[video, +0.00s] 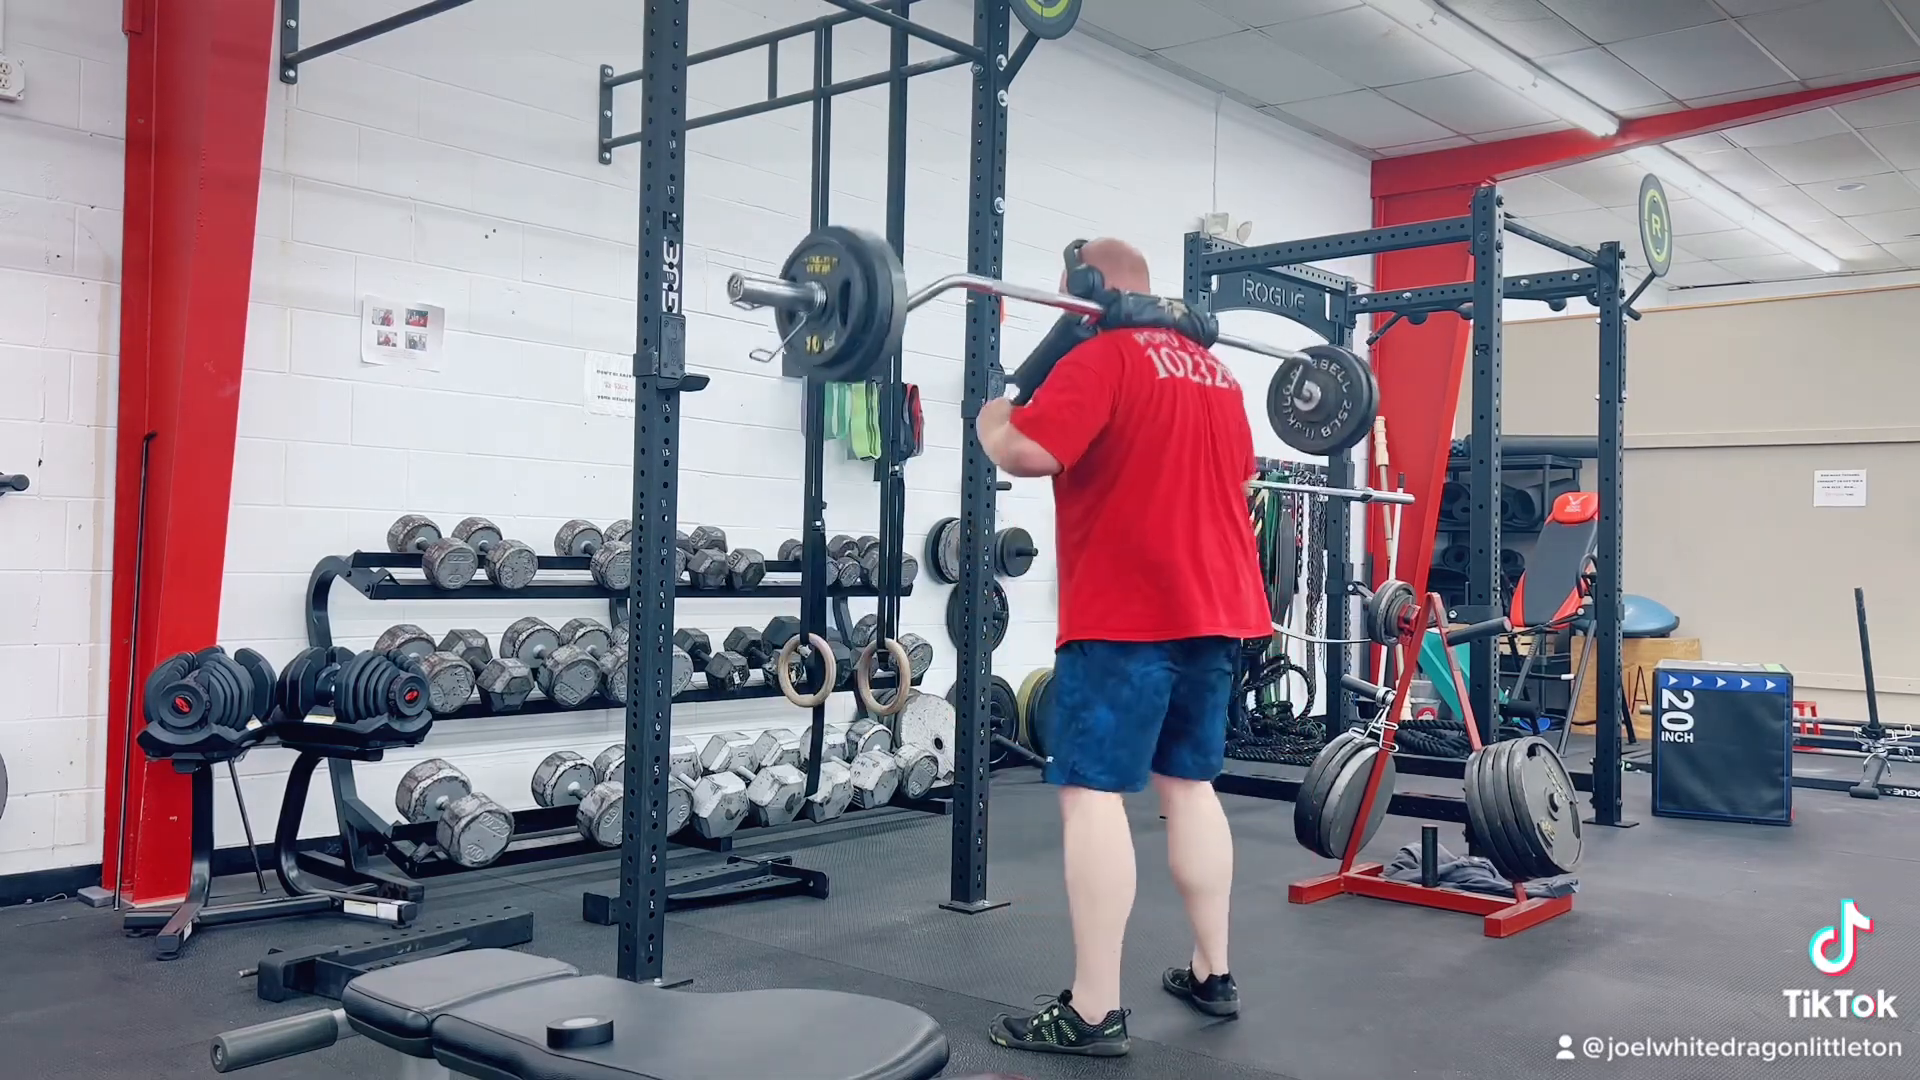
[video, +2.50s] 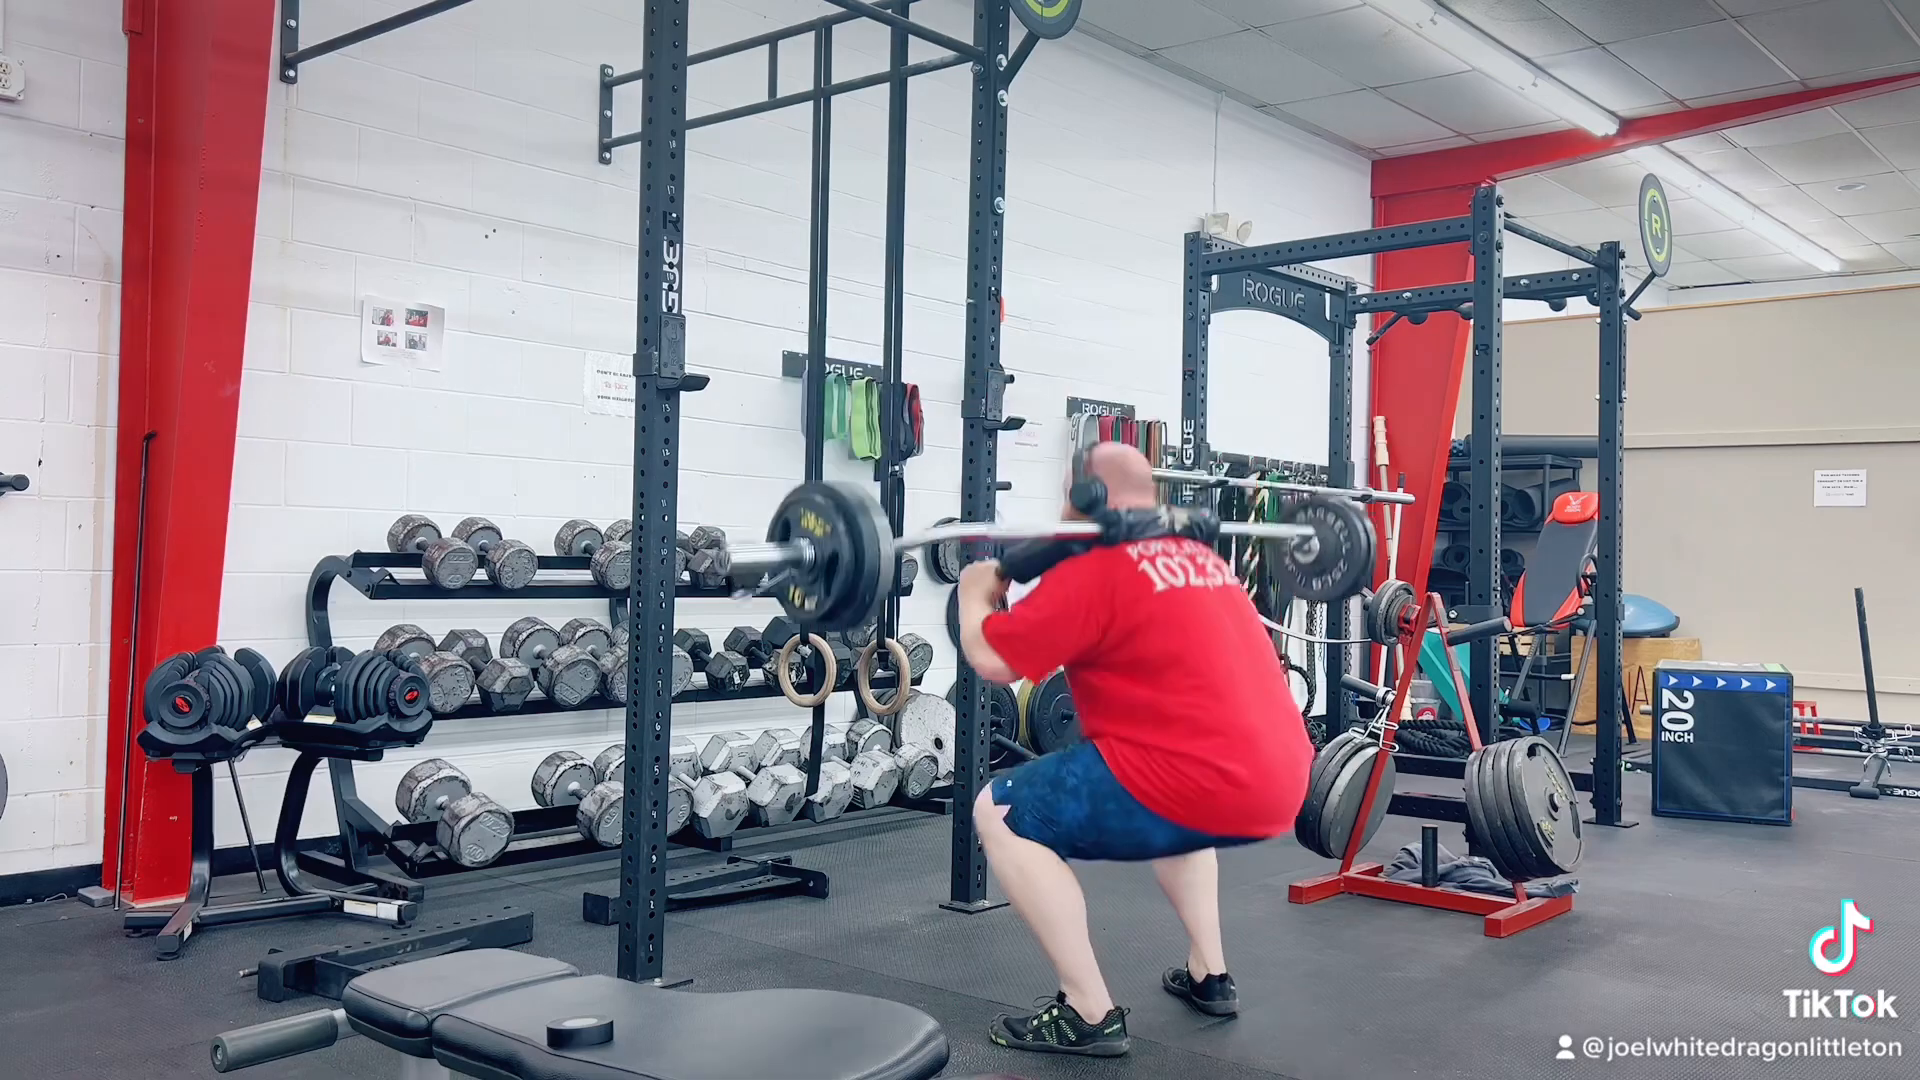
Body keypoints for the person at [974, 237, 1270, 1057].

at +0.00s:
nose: (1063, 309)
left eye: (1066, 296)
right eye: (1065, 295)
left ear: (1085, 294)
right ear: (1149, 290)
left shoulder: (1101, 357)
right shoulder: (1216, 371)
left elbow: (1029, 453)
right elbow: (1242, 479)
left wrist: (993, 421)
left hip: (1123, 607)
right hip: (1222, 606)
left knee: (1091, 790)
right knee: (1189, 783)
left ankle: (1094, 1008)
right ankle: (1214, 974)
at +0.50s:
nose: (1072, 298)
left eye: (1074, 286)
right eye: (1074, 285)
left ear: (1091, 287)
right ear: (1158, 285)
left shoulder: (1108, 358)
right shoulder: (1214, 369)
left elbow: (1060, 469)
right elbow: (1238, 480)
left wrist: (1003, 436)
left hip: (1119, 619)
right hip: (1212, 614)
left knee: (1072, 787)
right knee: (1179, 780)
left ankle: (1093, 1006)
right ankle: (1214, 973)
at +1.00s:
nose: (1048, 607)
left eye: (1049, 596)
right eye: (1048, 597)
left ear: (1063, 599)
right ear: (1127, 585)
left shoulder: (1085, 661)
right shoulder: (1184, 636)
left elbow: (981, 751)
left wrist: (957, 682)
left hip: (1201, 875)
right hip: (1276, 865)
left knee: (993, 816)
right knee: (1160, 787)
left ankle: (1089, 1010)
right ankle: (1208, 974)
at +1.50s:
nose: (1063, 367)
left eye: (1066, 354)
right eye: (1065, 353)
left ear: (1081, 356)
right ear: (1149, 351)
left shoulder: (1100, 419)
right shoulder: (1211, 422)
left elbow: (1021, 518)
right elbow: (1239, 529)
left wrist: (982, 471)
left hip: (1142, 647)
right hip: (1237, 648)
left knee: (1029, 792)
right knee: (1171, 787)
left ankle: (1090, 1005)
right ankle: (1210, 973)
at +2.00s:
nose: (1089, 288)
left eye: (1093, 277)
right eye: (1093, 275)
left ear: (1111, 282)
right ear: (1179, 280)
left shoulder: (1125, 350)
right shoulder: (1233, 359)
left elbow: (1081, 455)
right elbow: (1267, 463)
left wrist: (1024, 432)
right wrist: (1187, 469)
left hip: (1126, 608)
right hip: (1218, 605)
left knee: (1118, 797)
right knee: (1211, 784)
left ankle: (1095, 1009)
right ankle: (1216, 975)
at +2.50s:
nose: (1067, 509)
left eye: (1069, 499)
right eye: (1073, 499)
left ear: (1080, 504)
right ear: (1153, 500)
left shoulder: (1097, 572)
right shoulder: (1201, 557)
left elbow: (992, 659)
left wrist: (972, 592)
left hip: (1186, 785)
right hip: (1277, 783)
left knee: (999, 810)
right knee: (1158, 797)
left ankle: (1089, 1010)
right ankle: (1210, 973)